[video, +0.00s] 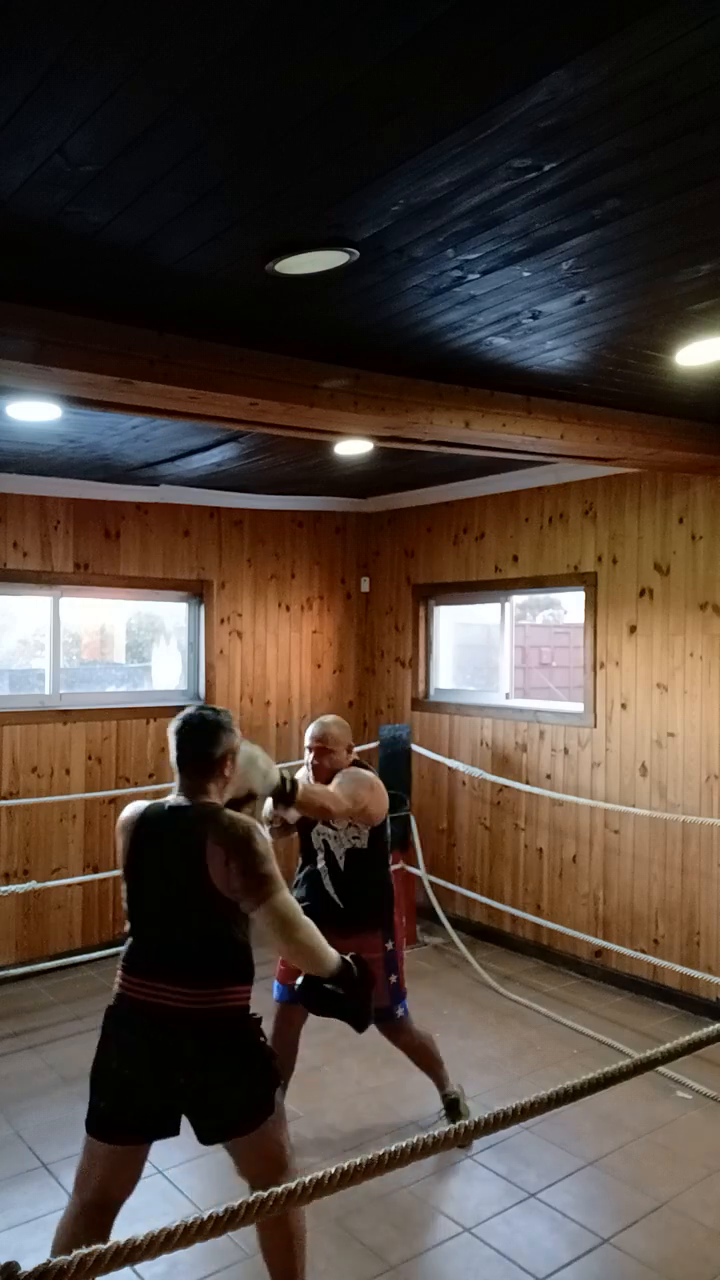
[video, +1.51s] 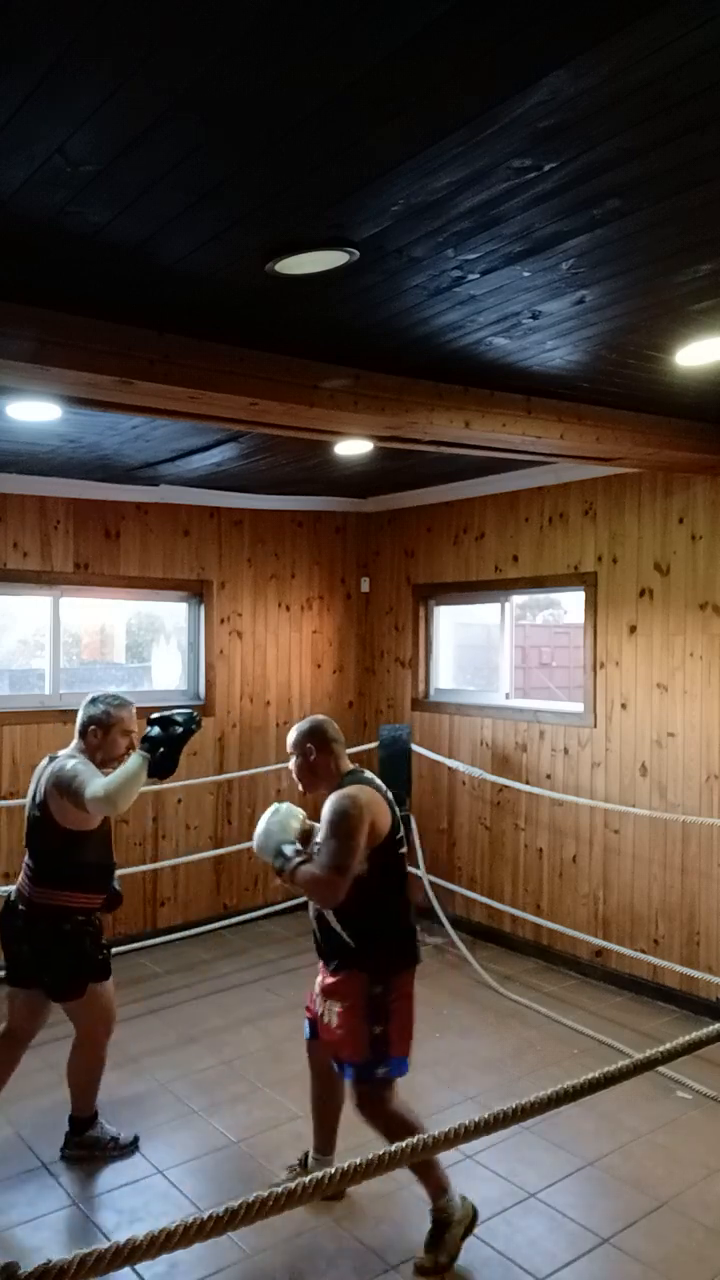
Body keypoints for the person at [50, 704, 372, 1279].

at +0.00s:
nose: (238, 763)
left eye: (236, 754)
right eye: (237, 754)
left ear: (175, 759)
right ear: (226, 763)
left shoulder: (132, 823)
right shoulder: (241, 836)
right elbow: (291, 933)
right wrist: (342, 972)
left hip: (134, 1036)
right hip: (220, 1042)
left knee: (93, 1200)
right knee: (275, 1189)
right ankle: (290, 1275)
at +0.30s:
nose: (155, 767)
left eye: (153, 757)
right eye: (152, 757)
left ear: (88, 767)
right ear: (133, 765)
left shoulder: (39, 841)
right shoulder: (164, 831)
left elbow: (18, 935)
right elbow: (212, 920)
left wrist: (80, 917)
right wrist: (251, 1005)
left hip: (63, 1041)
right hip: (151, 1040)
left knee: (52, 1194)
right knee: (212, 1175)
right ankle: (247, 1270)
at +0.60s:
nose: (133, 757)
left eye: (131, 747)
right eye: (128, 749)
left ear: (69, 759)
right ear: (109, 757)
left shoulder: (23, 820)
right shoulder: (133, 816)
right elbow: (185, 906)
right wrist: (203, 948)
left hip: (36, 1001)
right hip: (115, 1001)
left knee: (41, 1176)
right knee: (106, 1111)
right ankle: (92, 1213)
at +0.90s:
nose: (146, 759)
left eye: (147, 750)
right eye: (144, 750)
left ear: (91, 741)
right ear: (123, 748)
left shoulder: (34, 784)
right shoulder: (125, 796)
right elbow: (195, 843)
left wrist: (11, 891)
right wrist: (213, 787)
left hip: (20, 957)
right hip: (87, 963)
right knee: (95, 1087)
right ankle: (82, 1216)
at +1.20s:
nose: (120, 755)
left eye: (120, 745)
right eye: (114, 745)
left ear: (70, 744)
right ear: (85, 745)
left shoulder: (18, 783)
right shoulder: (74, 786)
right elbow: (130, 811)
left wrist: (166, 773)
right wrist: (166, 759)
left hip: (10, 949)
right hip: (61, 955)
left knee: (5, 1051)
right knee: (103, 1058)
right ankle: (76, 1195)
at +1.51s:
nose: (130, 747)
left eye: (133, 737)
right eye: (124, 736)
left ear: (90, 736)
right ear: (94, 733)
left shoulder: (58, 764)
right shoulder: (73, 768)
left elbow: (127, 787)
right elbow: (105, 799)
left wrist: (155, 760)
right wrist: (149, 751)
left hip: (32, 919)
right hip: (64, 926)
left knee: (19, 1028)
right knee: (97, 1023)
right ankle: (82, 1131)